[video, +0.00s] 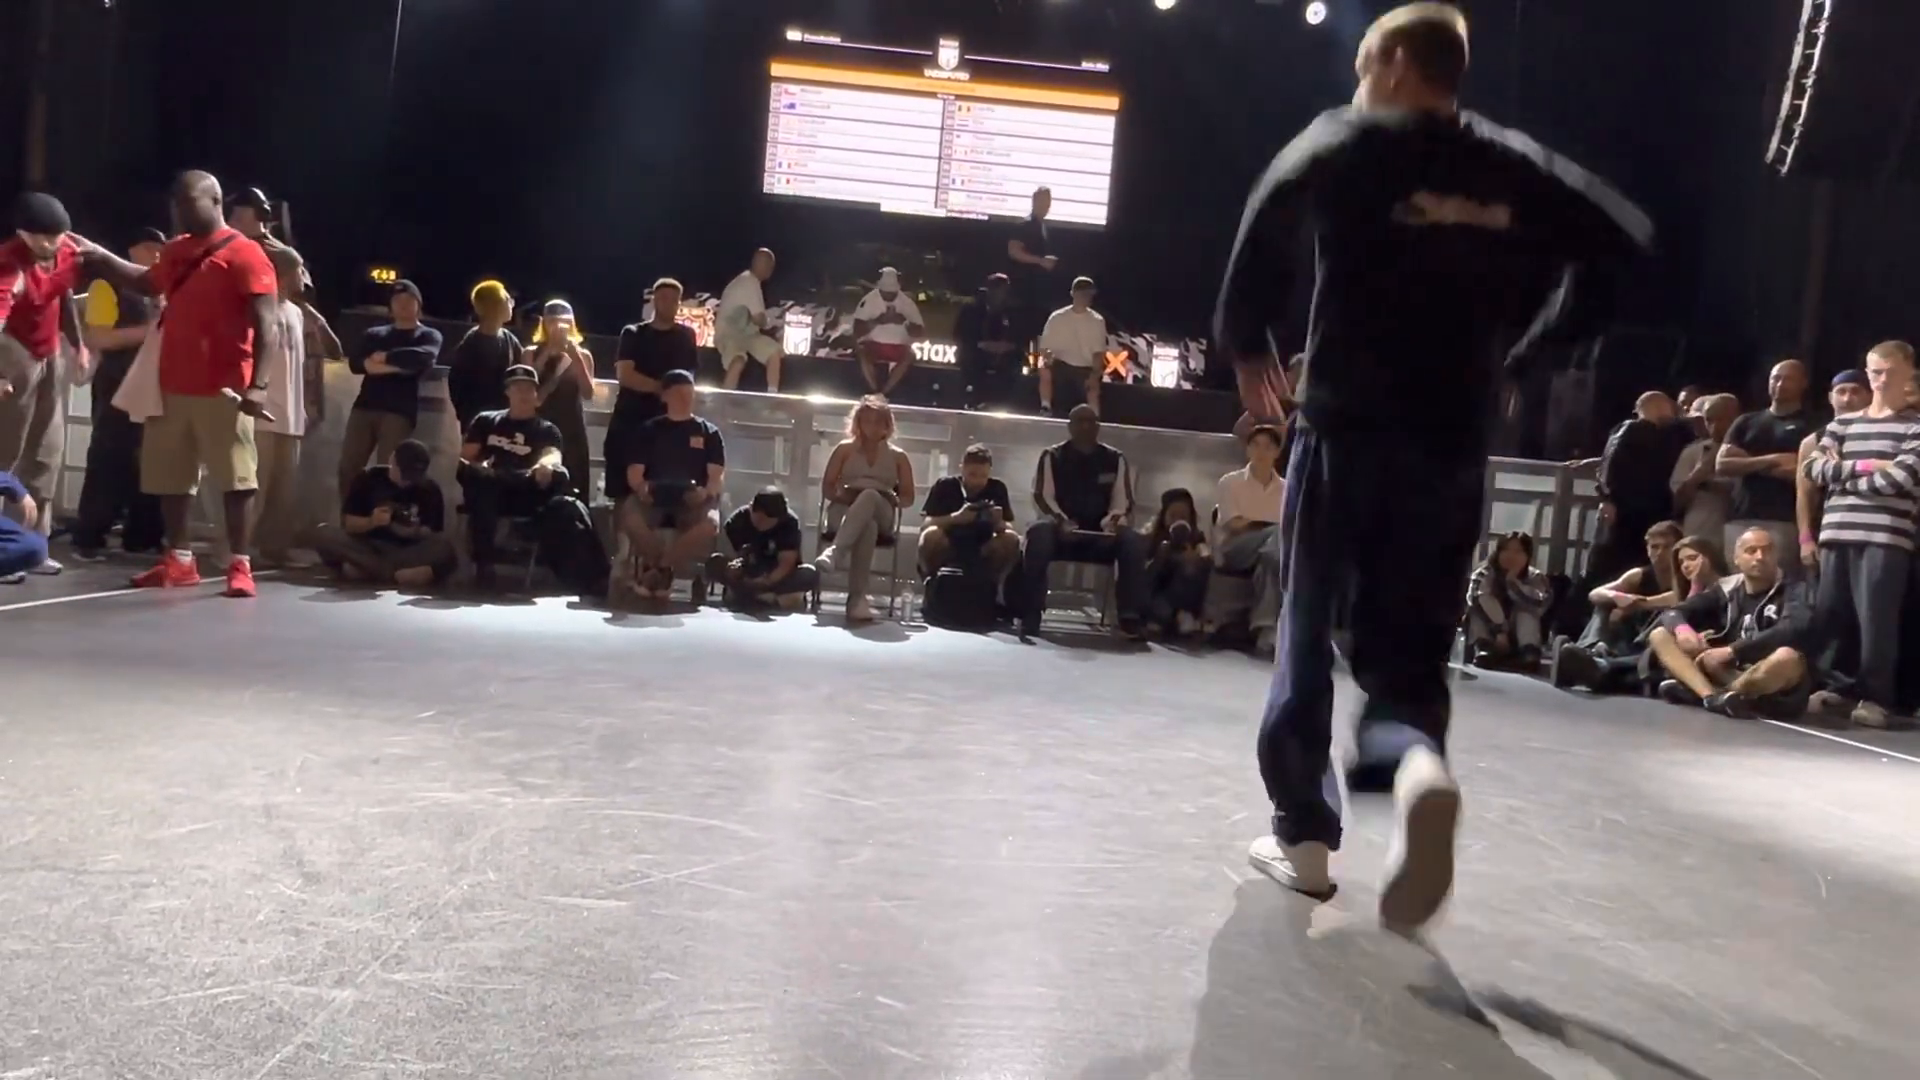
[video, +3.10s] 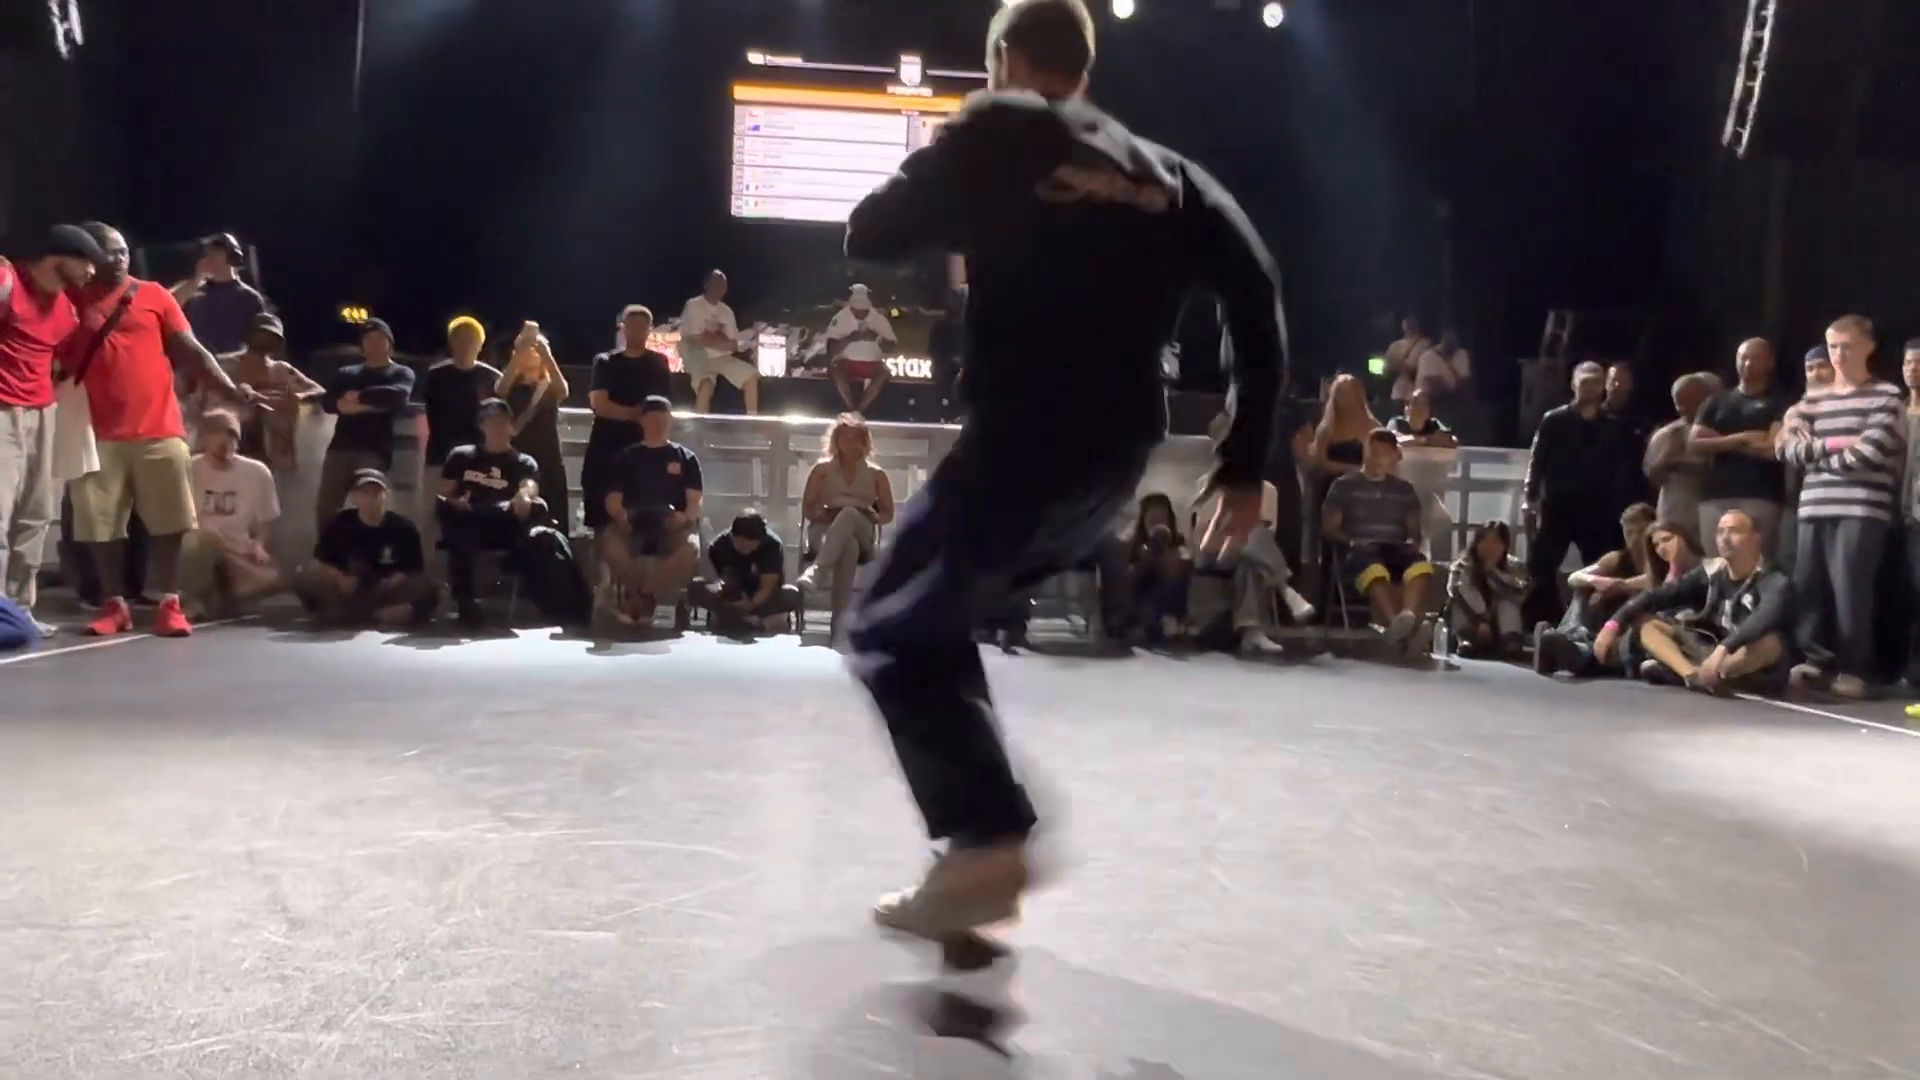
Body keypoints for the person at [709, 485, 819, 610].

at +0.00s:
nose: (758, 522)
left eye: (765, 520)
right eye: (757, 517)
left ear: (777, 518)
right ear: (752, 509)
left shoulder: (789, 523)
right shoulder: (735, 523)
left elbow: (787, 563)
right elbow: (741, 556)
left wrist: (767, 580)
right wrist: (735, 566)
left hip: (778, 569)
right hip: (749, 569)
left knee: (810, 573)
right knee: (715, 563)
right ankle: (773, 600)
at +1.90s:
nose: (757, 535)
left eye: (761, 531)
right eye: (753, 530)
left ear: (769, 525)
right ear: (744, 521)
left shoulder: (781, 530)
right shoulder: (726, 532)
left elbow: (778, 571)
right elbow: (731, 567)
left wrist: (759, 590)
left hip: (770, 577)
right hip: (741, 578)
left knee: (801, 581)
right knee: (705, 571)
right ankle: (765, 608)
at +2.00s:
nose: (752, 537)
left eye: (757, 533)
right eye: (748, 531)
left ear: (767, 528)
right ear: (742, 523)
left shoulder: (780, 532)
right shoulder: (726, 534)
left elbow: (777, 572)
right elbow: (735, 569)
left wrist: (761, 592)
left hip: (770, 579)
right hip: (742, 581)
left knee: (800, 582)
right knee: (705, 572)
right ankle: (767, 611)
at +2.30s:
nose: (745, 538)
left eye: (750, 534)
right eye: (741, 532)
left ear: (760, 529)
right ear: (734, 524)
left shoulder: (773, 534)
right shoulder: (718, 535)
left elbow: (769, 574)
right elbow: (728, 569)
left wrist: (753, 592)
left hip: (762, 580)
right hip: (734, 582)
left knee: (793, 584)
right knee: (698, 575)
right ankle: (758, 611)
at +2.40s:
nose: (741, 539)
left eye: (747, 535)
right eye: (738, 533)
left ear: (757, 531)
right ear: (731, 526)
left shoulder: (770, 536)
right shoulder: (715, 537)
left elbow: (766, 576)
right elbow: (726, 571)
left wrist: (748, 595)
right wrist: (717, 579)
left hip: (759, 582)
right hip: (731, 582)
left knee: (791, 585)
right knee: (695, 577)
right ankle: (756, 613)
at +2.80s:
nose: (739, 536)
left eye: (745, 533)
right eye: (735, 531)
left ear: (754, 528)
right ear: (728, 525)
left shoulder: (767, 535)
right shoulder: (713, 535)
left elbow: (764, 574)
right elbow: (719, 566)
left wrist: (748, 593)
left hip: (757, 578)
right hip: (731, 578)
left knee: (786, 584)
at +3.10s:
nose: (744, 548)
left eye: (750, 544)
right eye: (740, 543)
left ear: (759, 539)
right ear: (733, 536)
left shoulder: (772, 545)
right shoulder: (717, 547)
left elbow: (768, 585)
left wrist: (751, 604)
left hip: (761, 591)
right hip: (732, 592)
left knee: (791, 593)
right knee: (696, 588)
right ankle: (751, 621)